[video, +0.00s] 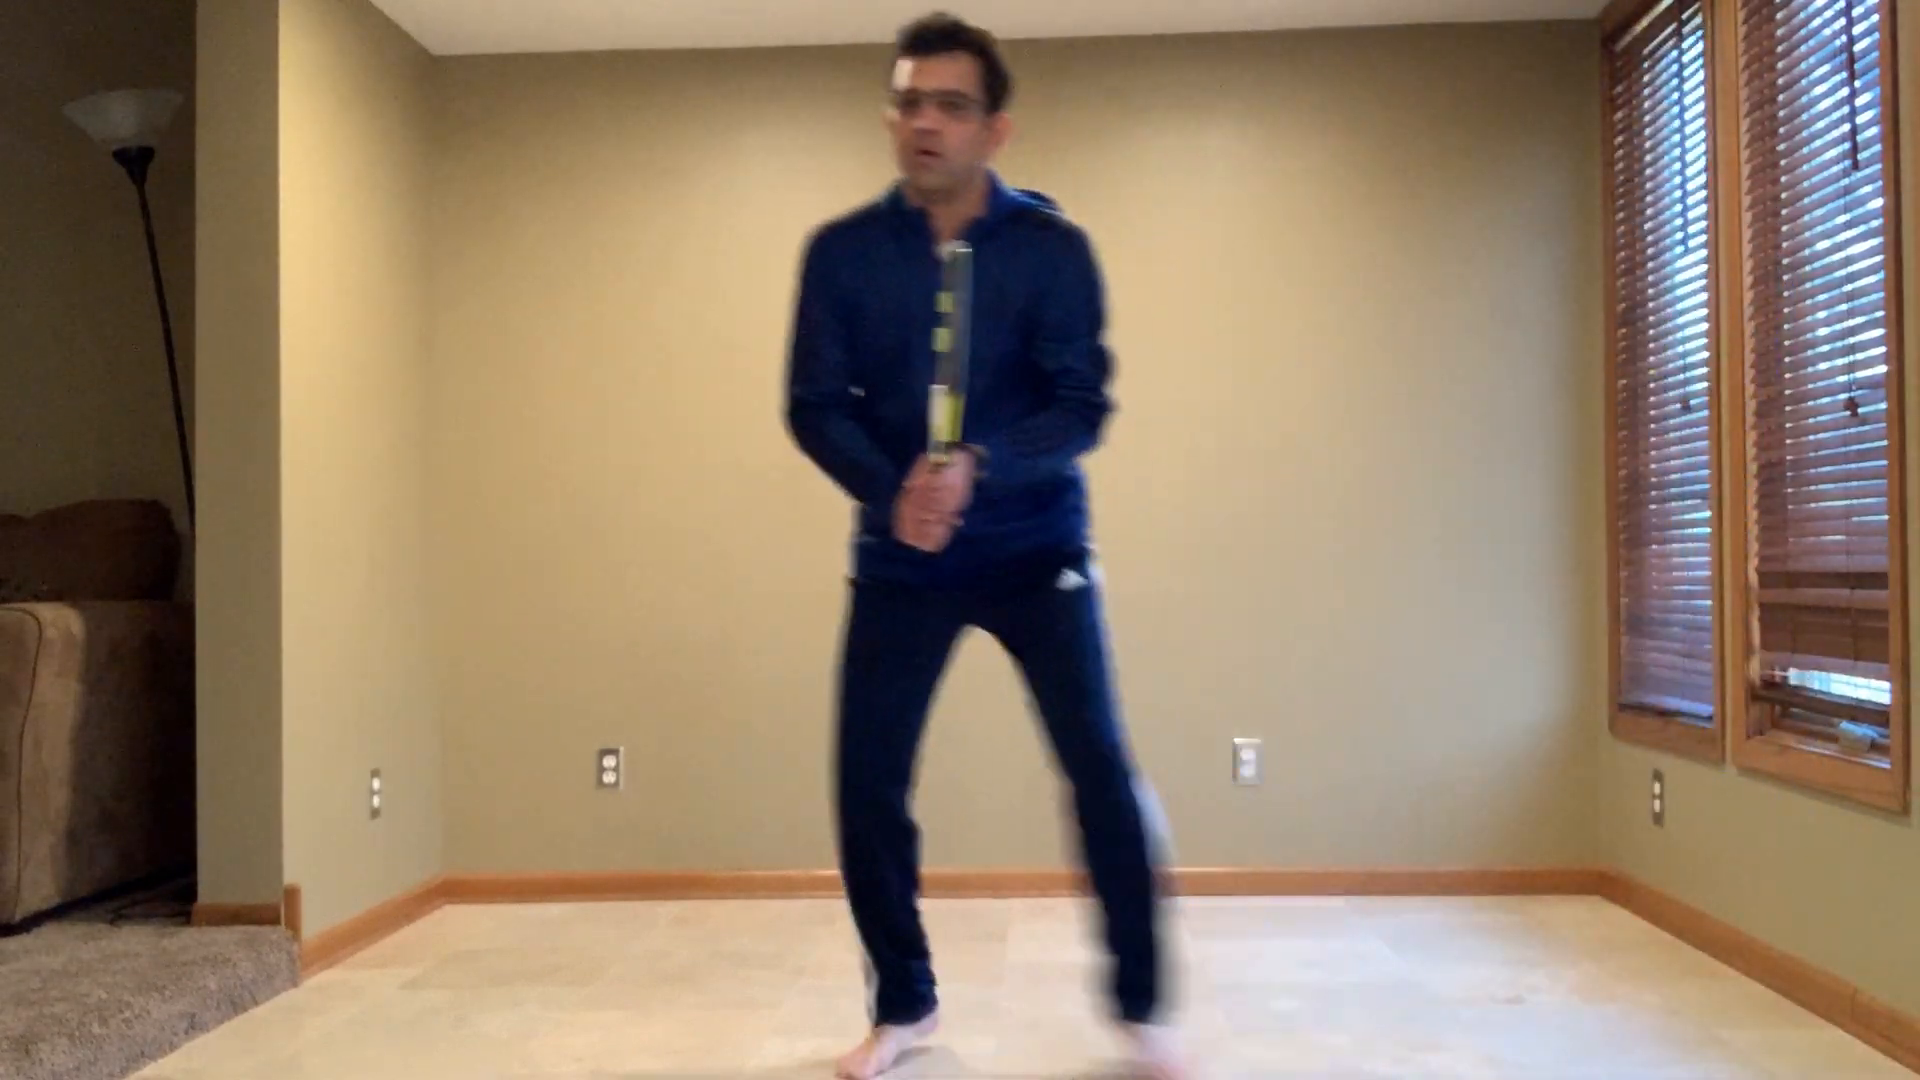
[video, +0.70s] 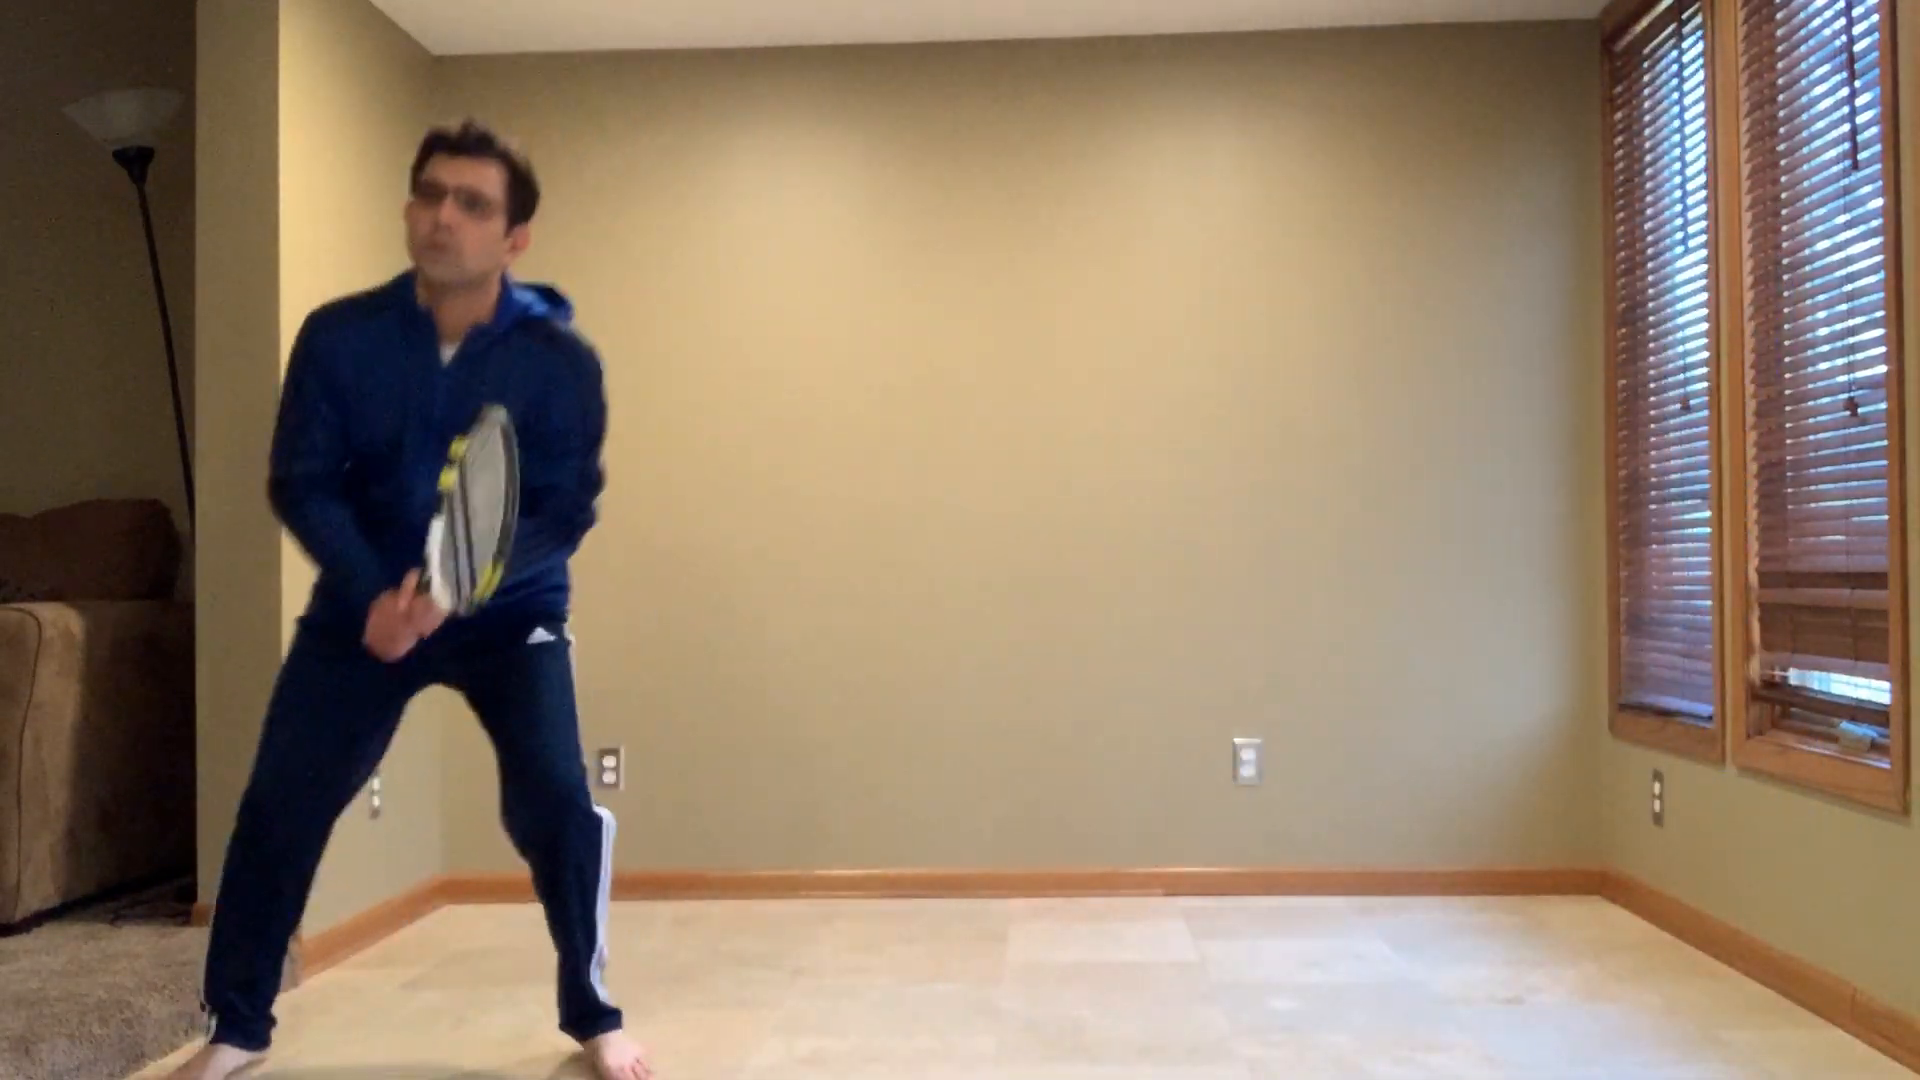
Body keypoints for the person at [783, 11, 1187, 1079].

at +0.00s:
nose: (922, 123)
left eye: (948, 106)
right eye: (907, 103)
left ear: (994, 124)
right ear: (889, 117)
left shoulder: (1050, 246)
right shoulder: (842, 252)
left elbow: (1080, 407)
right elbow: (814, 405)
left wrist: (978, 468)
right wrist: (892, 489)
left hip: (1036, 560)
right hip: (899, 568)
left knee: (1101, 769)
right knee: (868, 790)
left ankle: (1142, 1015)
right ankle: (904, 1012)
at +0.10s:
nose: (829, 120)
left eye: (855, 102)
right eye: (818, 101)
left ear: (909, 117)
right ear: (804, 112)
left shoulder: (970, 241)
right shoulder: (762, 240)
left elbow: (993, 394)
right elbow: (727, 388)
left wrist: (883, 464)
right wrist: (793, 476)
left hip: (941, 549)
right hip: (808, 547)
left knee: (965, 763)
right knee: (750, 756)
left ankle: (936, 994)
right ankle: (790, 964)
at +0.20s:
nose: (748, 136)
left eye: (774, 118)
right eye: (737, 116)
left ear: (829, 137)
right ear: (722, 128)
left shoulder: (882, 262)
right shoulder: (678, 260)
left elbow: (909, 419)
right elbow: (641, 408)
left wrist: (800, 472)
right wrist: (707, 489)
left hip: (845, 588)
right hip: (709, 585)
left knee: (896, 798)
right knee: (624, 787)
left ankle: (916, 1015)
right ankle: (565, 996)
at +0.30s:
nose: (668, 140)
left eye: (695, 124)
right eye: (656, 121)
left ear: (746, 148)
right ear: (641, 136)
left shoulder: (791, 275)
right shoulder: (581, 260)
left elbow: (817, 430)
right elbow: (542, 408)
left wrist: (713, 475)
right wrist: (617, 490)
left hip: (745, 589)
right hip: (608, 591)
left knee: (813, 786)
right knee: (546, 806)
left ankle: (900, 1008)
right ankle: (527, 1024)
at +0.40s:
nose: (599, 110)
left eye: (628, 94)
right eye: (585, 89)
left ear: (674, 123)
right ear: (567, 108)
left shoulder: (720, 250)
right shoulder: (507, 234)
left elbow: (738, 404)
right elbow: (464, 384)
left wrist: (632, 470)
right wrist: (542, 482)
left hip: (675, 554)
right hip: (541, 555)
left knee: (706, 760)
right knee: (504, 772)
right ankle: (513, 1007)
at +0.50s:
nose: (531, 106)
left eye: (560, 91)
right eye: (520, 86)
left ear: (609, 120)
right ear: (502, 106)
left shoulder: (663, 244)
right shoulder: (447, 230)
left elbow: (685, 396)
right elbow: (406, 379)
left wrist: (572, 468)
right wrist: (485, 475)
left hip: (613, 550)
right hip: (475, 546)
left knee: (625, 776)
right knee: (403, 762)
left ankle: (612, 993)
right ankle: (389, 973)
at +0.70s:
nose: (438, 215)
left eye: (468, 204)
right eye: (428, 195)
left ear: (515, 240)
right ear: (406, 213)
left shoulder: (559, 360)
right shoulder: (338, 336)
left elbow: (563, 512)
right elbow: (300, 481)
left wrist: (452, 587)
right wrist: (370, 593)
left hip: (508, 615)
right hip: (362, 613)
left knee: (558, 805)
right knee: (278, 810)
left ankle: (591, 1010)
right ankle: (238, 1028)